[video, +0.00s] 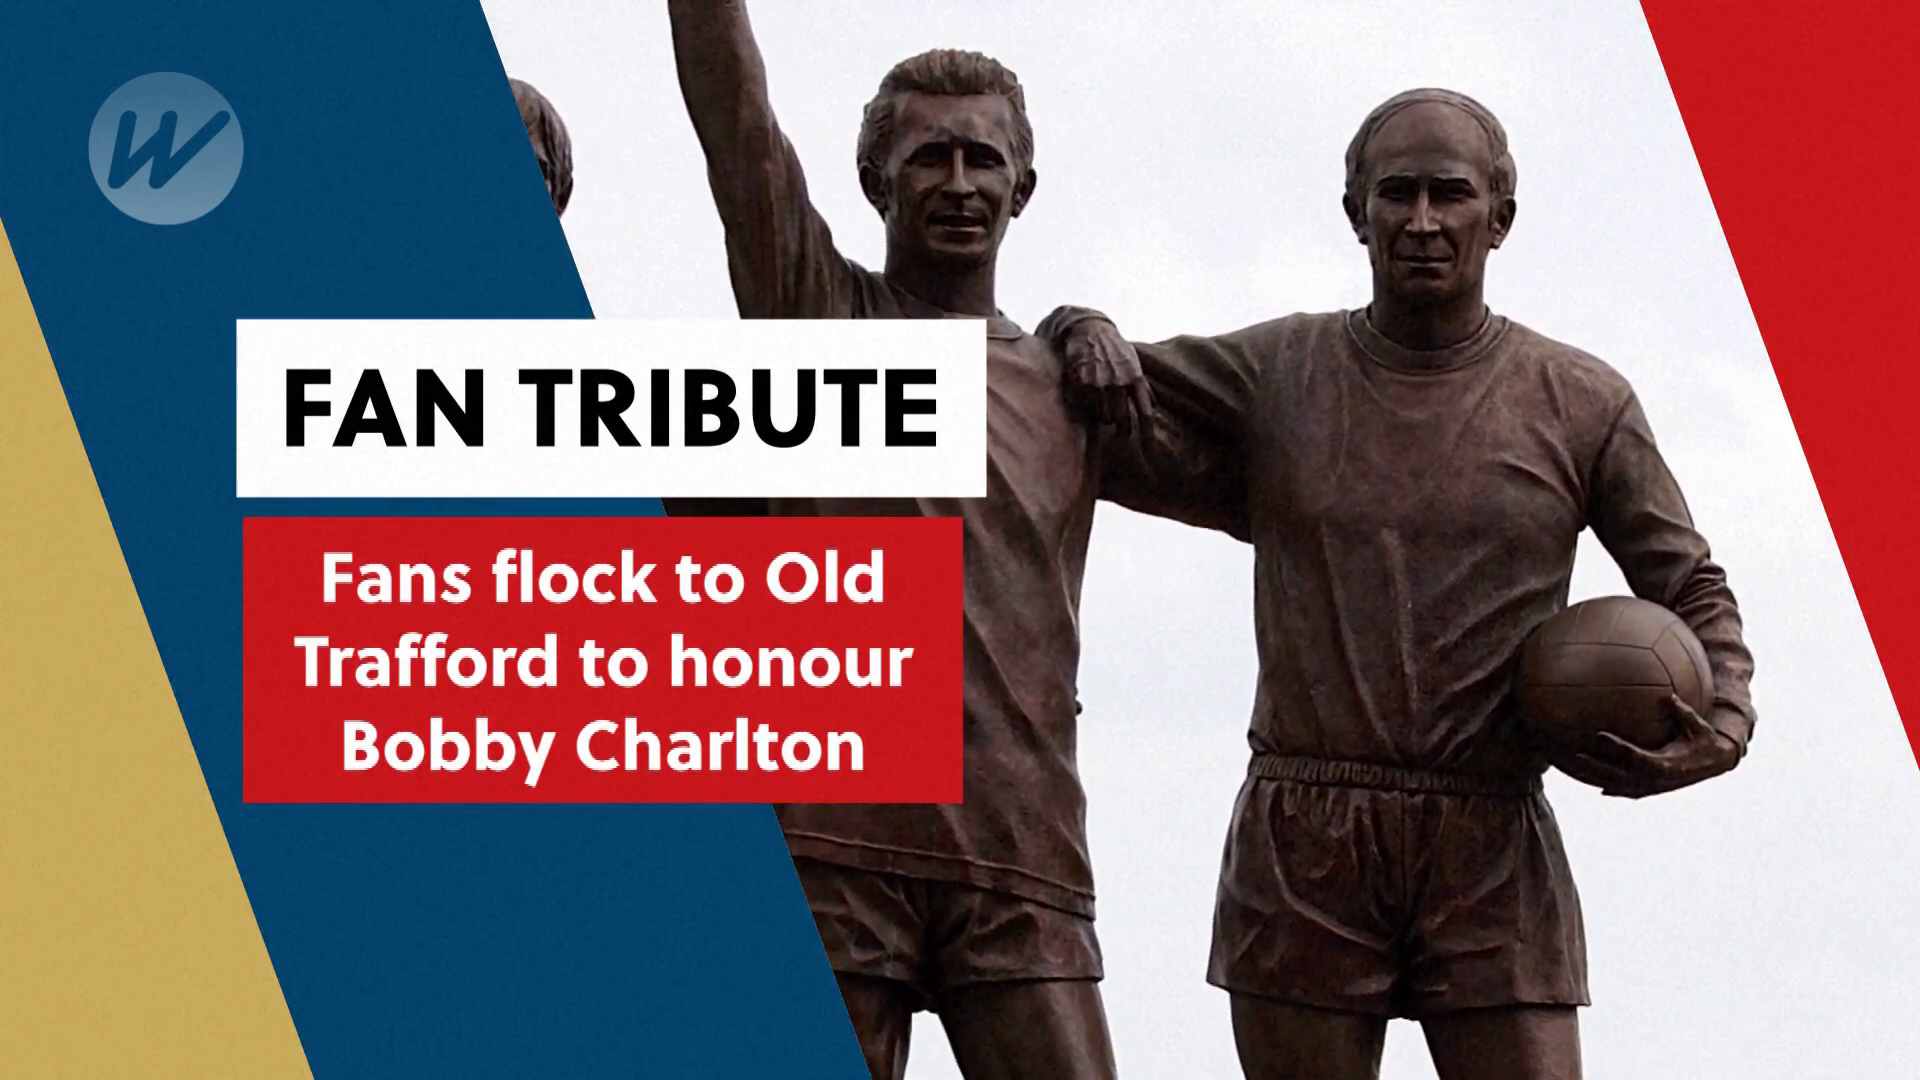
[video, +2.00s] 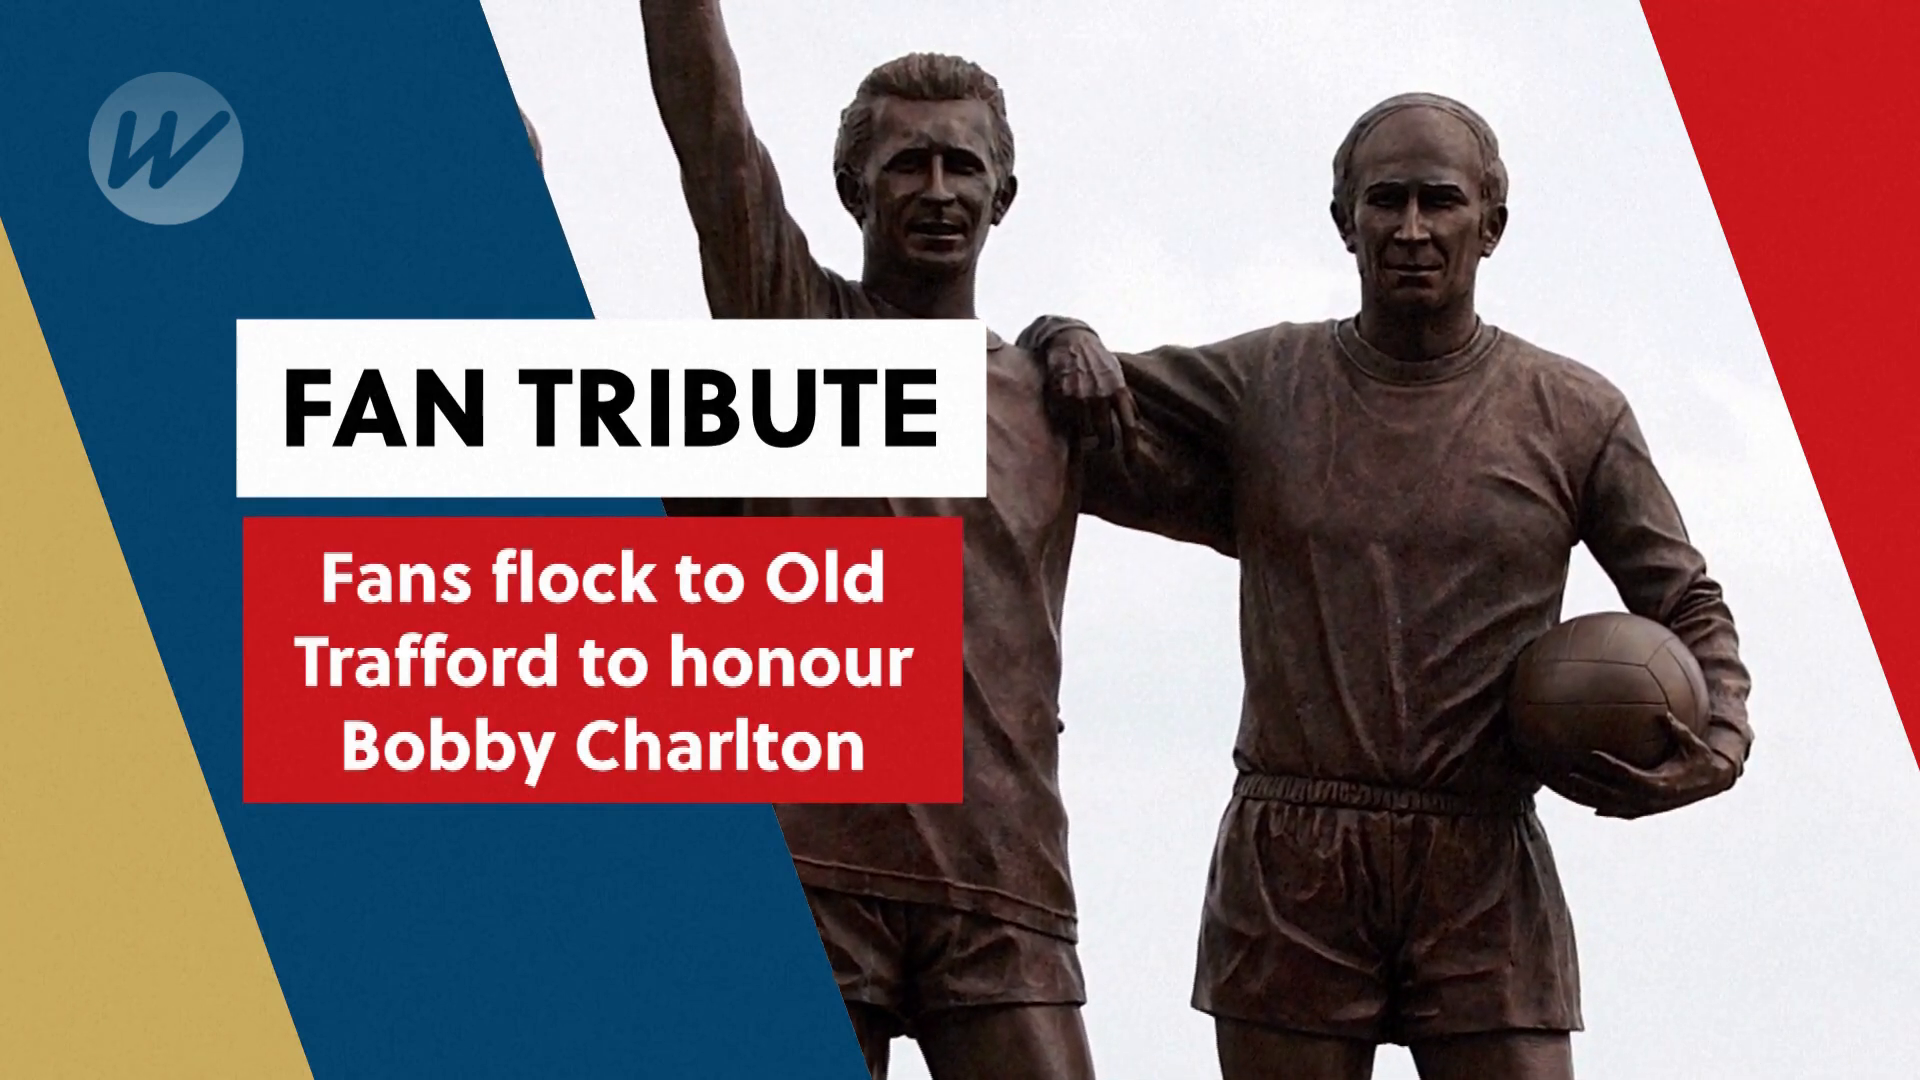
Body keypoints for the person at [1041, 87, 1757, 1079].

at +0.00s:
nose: (1422, 219)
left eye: (1450, 192)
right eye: (1395, 193)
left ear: (1502, 217)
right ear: (1355, 213)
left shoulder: (1581, 400)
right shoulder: (1276, 368)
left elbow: (1690, 588)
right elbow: (1099, 408)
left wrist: (1724, 712)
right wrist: (1077, 329)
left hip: (1492, 848)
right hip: (1301, 844)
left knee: (1536, 1065)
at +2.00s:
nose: (1411, 226)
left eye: (1440, 199)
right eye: (1384, 200)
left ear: (1493, 223)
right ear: (1344, 222)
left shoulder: (1574, 411)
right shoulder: (1262, 379)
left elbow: (1685, 604)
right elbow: (1085, 414)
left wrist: (1721, 735)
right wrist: (1062, 342)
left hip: (1482, 868)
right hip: (1287, 863)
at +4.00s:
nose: (1401, 234)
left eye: (1431, 205)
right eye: (1373, 207)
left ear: (1485, 227)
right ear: (1332, 228)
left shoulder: (1567, 421)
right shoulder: (1250, 388)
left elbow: (1680, 617)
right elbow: (1074, 439)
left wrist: (1719, 755)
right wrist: (1044, 353)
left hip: (1473, 894)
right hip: (1272, 890)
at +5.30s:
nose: (1407, 247)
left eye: (1431, 213)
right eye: (1384, 213)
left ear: (1475, 226)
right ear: (1345, 224)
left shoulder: (1549, 436)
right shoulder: (1265, 420)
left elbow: (1692, 690)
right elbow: (1052, 434)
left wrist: (1582, 708)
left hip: (1467, 908)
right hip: (1287, 902)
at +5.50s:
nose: (1411, 252)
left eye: (1433, 218)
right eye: (1388, 218)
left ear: (1471, 230)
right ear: (1350, 228)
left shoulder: (1546, 442)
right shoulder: (1270, 429)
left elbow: (1685, 725)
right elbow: (1024, 427)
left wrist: (1531, 705)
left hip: (1467, 919)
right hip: (1293, 913)